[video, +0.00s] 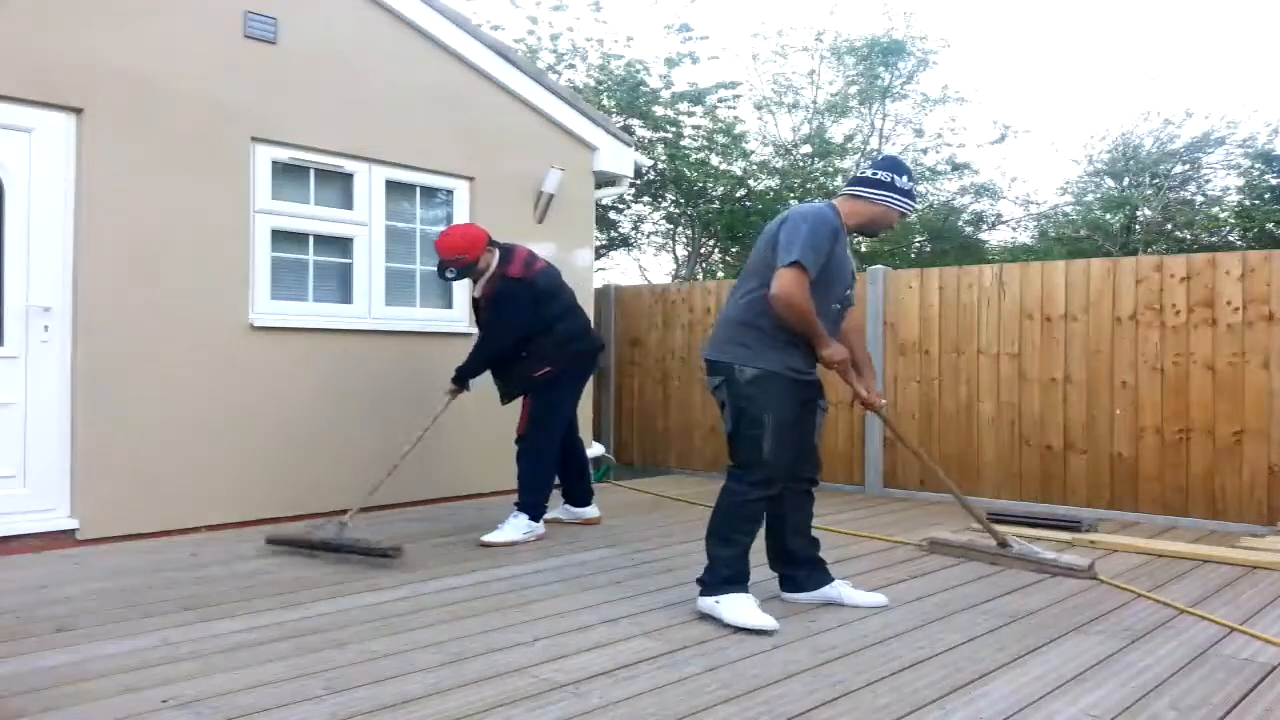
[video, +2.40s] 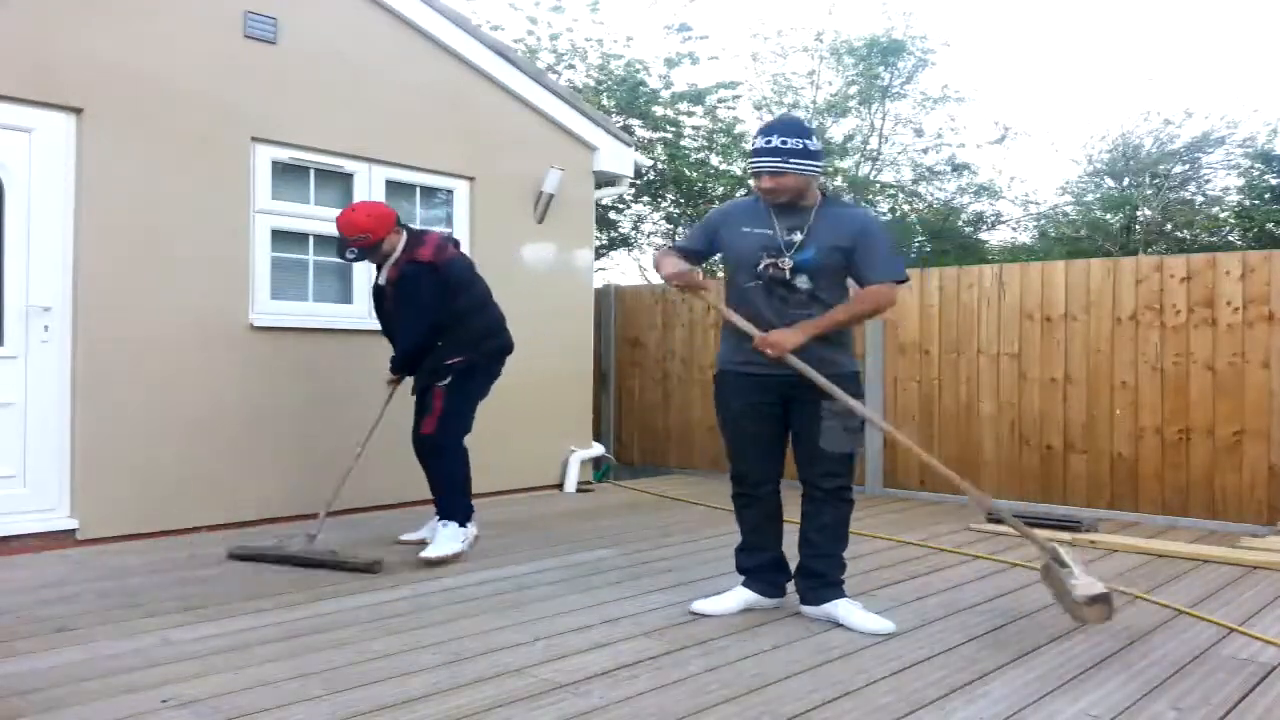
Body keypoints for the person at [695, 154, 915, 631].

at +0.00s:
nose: (898, 222)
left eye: (902, 214)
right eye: (899, 211)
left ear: (869, 196)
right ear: (879, 198)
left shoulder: (842, 256)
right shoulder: (814, 217)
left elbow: (847, 321)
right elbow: (786, 294)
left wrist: (864, 379)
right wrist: (825, 342)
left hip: (791, 370)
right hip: (752, 363)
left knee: (796, 477)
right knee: (757, 474)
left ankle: (803, 579)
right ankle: (721, 587)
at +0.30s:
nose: (874, 213)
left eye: (878, 205)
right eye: (876, 202)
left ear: (846, 188)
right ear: (855, 189)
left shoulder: (822, 246)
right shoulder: (786, 212)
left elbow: (823, 308)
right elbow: (733, 260)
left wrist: (851, 351)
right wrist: (808, 299)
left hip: (792, 376)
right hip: (744, 370)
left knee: (789, 483)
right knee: (735, 481)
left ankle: (803, 581)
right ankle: (704, 591)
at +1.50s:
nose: (917, 204)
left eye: (923, 195)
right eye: (915, 191)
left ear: (900, 184)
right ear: (887, 175)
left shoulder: (892, 241)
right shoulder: (794, 206)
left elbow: (890, 310)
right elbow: (708, 232)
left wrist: (872, 340)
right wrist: (774, 256)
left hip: (833, 381)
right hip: (759, 369)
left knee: (820, 490)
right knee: (737, 482)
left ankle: (820, 594)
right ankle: (714, 592)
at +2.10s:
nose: (874, 198)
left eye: (882, 188)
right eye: (865, 186)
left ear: (887, 183)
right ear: (835, 173)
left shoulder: (888, 236)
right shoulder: (768, 213)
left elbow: (912, 309)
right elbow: (702, 270)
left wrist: (887, 377)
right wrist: (759, 315)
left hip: (838, 386)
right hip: (758, 378)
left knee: (831, 489)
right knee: (755, 484)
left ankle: (822, 593)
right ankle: (762, 583)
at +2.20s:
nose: (822, 190)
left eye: (836, 180)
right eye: (812, 177)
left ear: (856, 179)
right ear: (796, 169)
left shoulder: (877, 229)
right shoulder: (752, 215)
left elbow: (913, 298)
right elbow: (692, 270)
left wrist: (877, 363)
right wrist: (739, 298)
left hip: (836, 381)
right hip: (756, 378)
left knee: (830, 489)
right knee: (756, 484)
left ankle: (822, 593)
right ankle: (762, 584)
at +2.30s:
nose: (794, 185)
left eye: (807, 177)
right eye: (787, 174)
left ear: (835, 175)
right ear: (777, 167)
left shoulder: (869, 226)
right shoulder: (742, 216)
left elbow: (908, 292)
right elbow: (681, 266)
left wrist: (858, 349)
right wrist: (716, 286)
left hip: (830, 380)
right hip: (753, 377)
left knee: (828, 488)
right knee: (755, 484)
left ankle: (822, 593)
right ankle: (762, 584)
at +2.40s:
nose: (766, 183)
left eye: (778, 173)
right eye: (759, 172)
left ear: (809, 170)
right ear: (751, 169)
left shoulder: (852, 222)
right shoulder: (731, 216)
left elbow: (884, 292)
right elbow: (668, 255)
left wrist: (803, 330)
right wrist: (680, 270)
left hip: (826, 377)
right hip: (746, 373)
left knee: (829, 485)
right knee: (752, 482)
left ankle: (823, 593)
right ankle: (762, 584)